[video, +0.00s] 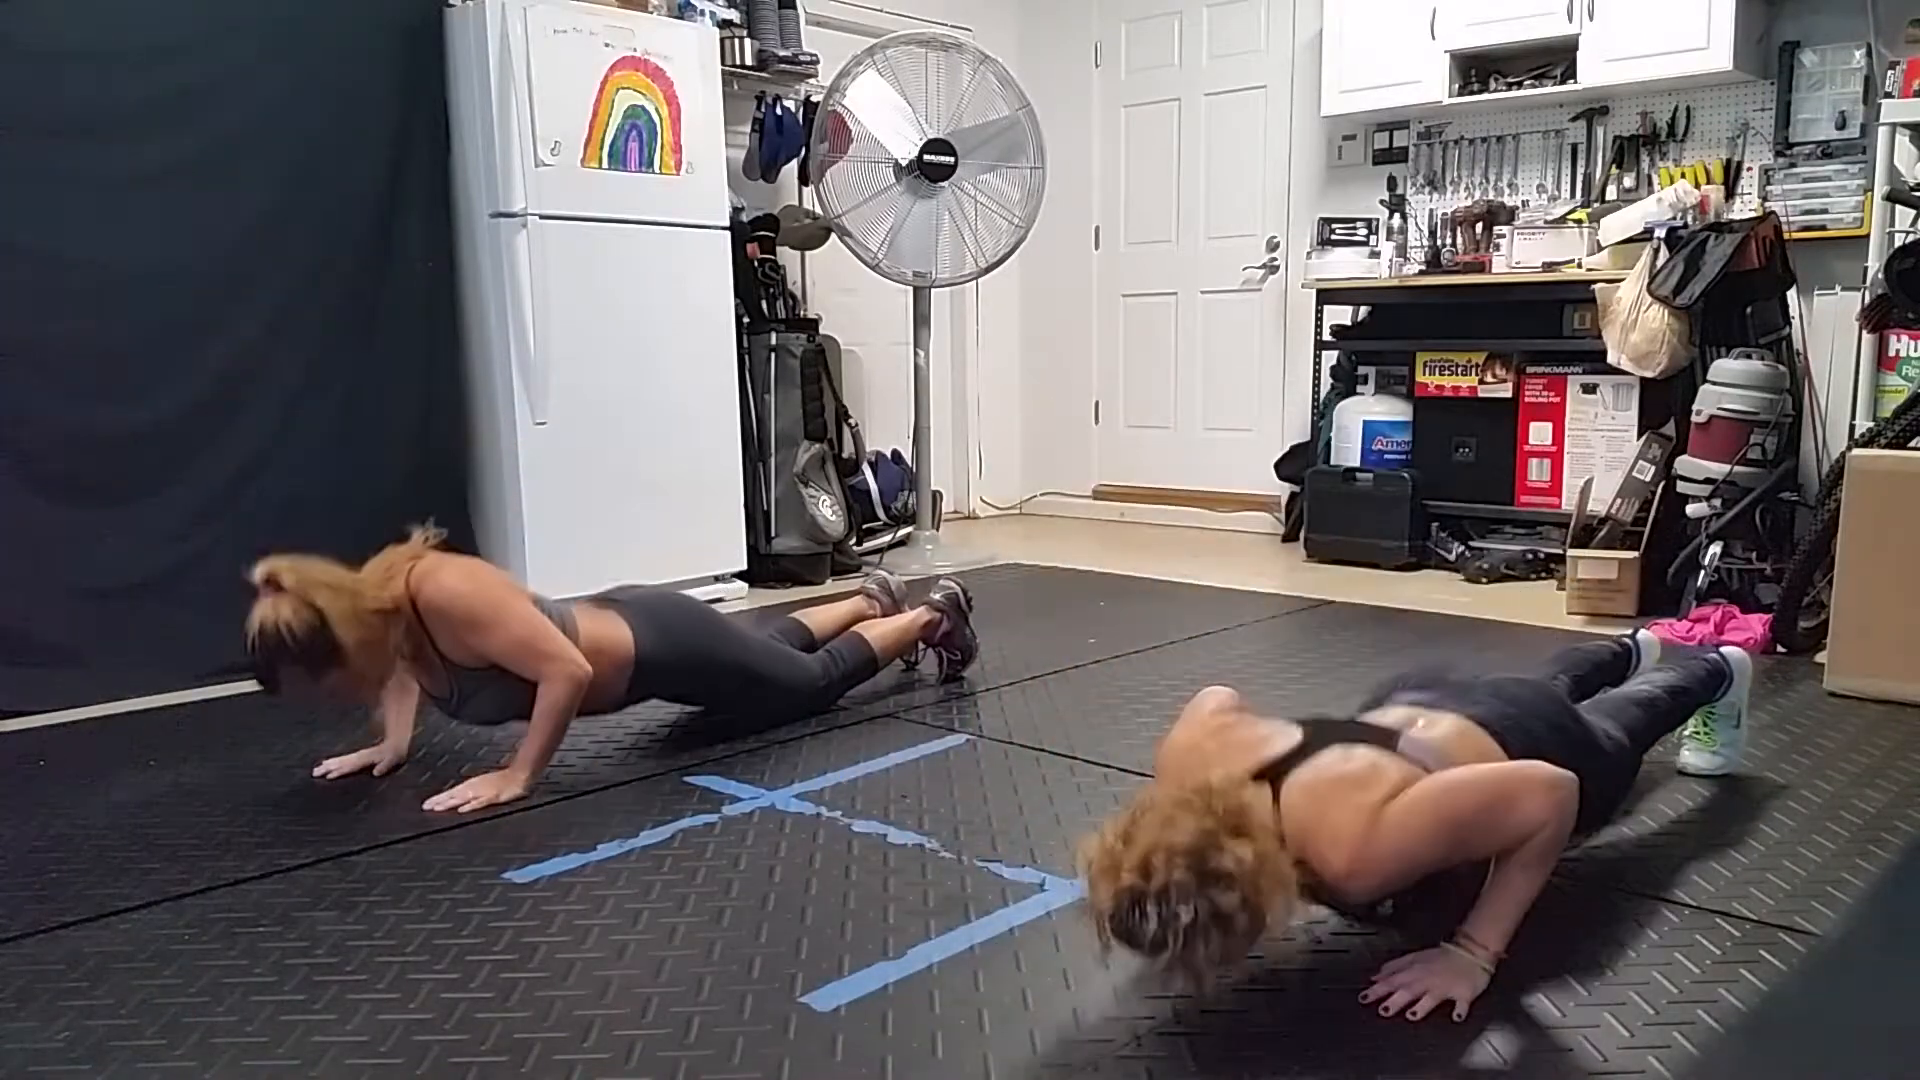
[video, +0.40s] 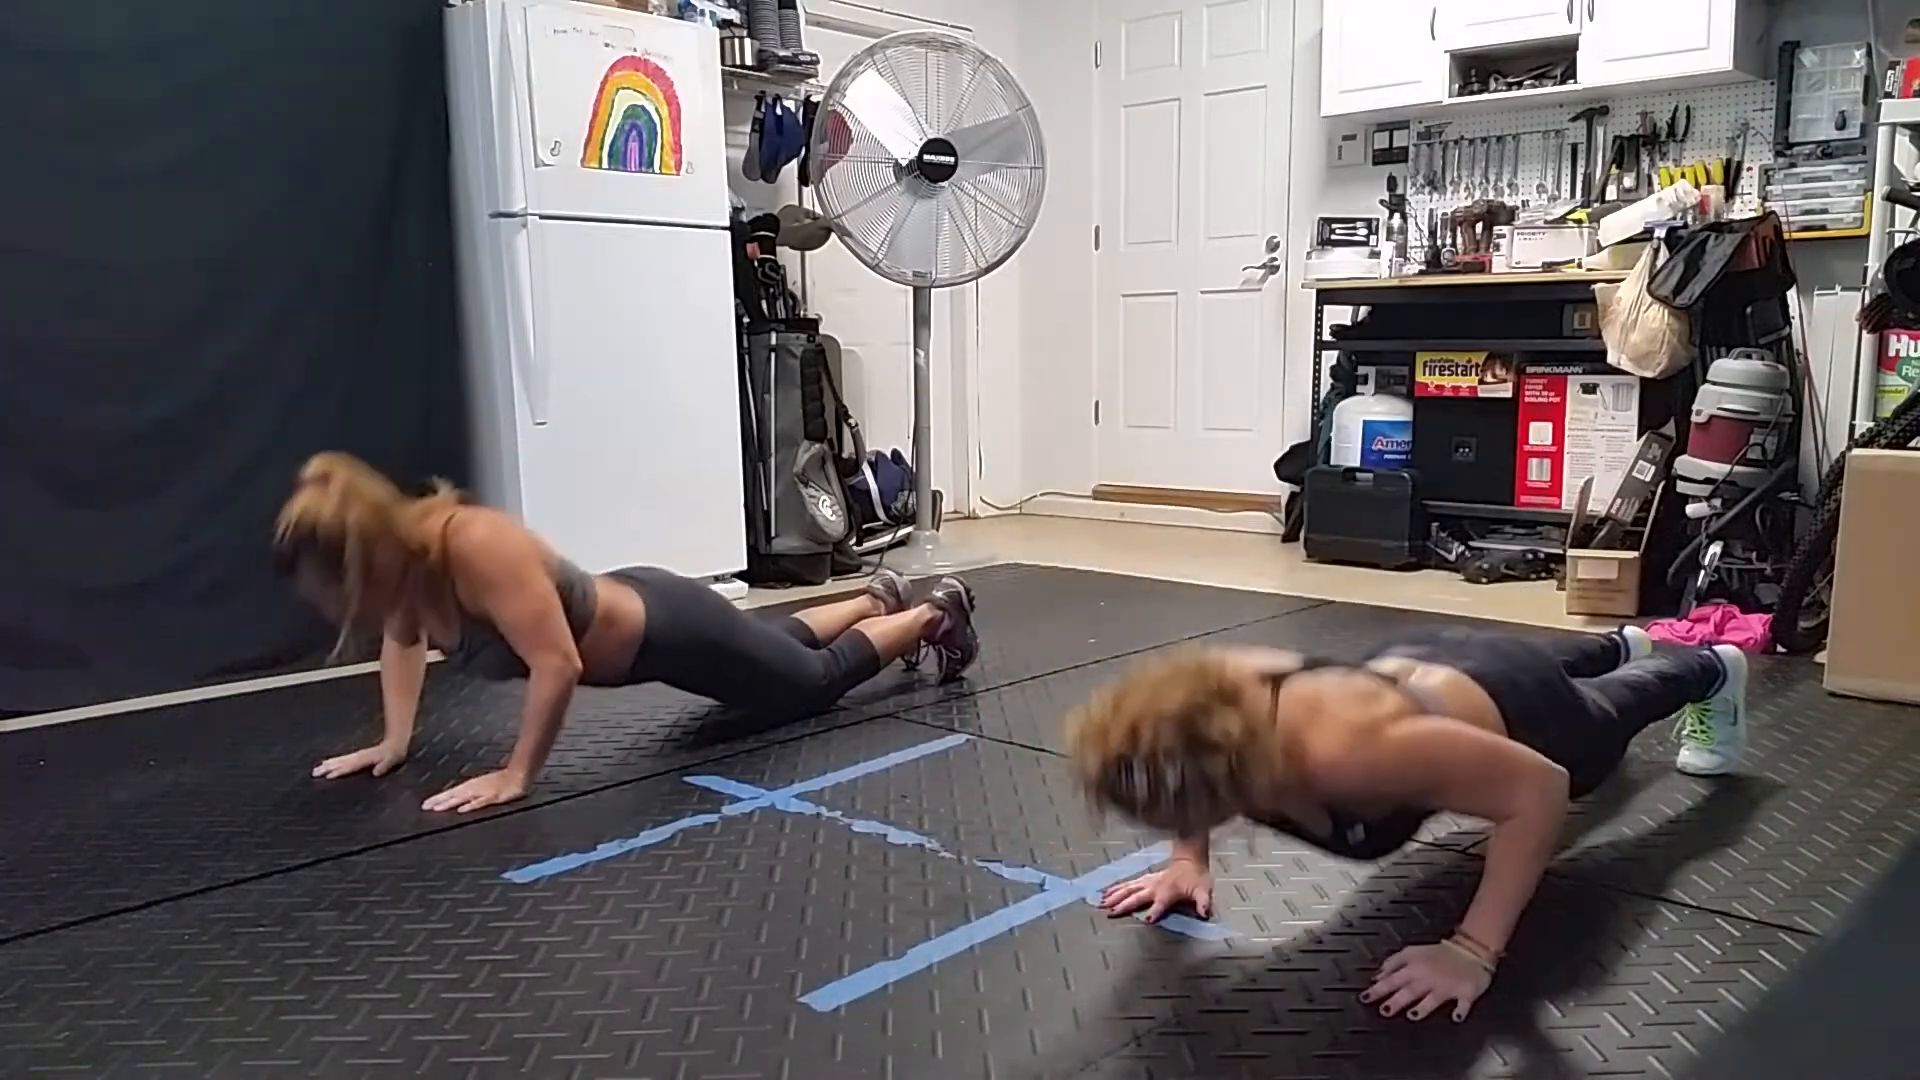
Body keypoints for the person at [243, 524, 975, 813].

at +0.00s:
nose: (330, 697)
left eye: (322, 684)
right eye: (315, 692)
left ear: (337, 645)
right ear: (334, 635)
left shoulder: (447, 593)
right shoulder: (386, 607)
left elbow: (564, 670)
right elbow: (399, 673)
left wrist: (515, 775)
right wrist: (389, 742)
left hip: (666, 646)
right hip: (631, 625)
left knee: (819, 677)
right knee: (764, 640)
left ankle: (927, 618)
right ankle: (869, 595)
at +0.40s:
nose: (338, 611)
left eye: (333, 592)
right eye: (325, 599)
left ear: (361, 554)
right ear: (356, 550)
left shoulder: (478, 543)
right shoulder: (406, 555)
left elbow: (555, 666)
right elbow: (402, 644)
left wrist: (516, 775)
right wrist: (392, 743)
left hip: (673, 629)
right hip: (640, 608)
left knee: (818, 677)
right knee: (772, 639)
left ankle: (933, 616)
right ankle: (874, 598)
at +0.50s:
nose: (342, 549)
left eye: (346, 531)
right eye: (334, 534)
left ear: (387, 505)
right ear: (377, 507)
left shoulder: (504, 520)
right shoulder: (415, 536)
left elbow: (547, 657)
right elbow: (408, 639)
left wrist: (517, 774)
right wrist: (394, 742)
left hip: (683, 624)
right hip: (643, 606)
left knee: (819, 678)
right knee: (768, 634)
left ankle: (932, 618)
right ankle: (874, 595)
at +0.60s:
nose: (375, 507)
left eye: (378, 491)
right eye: (367, 494)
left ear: (426, 466)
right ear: (415, 466)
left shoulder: (523, 510)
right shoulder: (438, 510)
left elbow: (541, 658)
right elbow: (412, 619)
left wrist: (519, 772)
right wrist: (387, 731)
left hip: (695, 618)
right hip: (663, 599)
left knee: (826, 671)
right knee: (775, 645)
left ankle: (934, 619)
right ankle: (874, 595)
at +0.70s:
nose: (397, 475)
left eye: (405, 459)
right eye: (389, 461)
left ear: (457, 439)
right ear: (433, 440)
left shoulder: (528, 512)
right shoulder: (457, 485)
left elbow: (540, 654)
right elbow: (392, 580)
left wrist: (518, 772)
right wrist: (332, 681)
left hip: (706, 608)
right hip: (667, 578)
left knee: (832, 677)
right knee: (771, 641)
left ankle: (932, 622)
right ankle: (868, 600)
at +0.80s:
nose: (404, 451)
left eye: (417, 435)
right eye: (402, 435)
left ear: (477, 428)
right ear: (445, 423)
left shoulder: (534, 513)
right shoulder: (458, 461)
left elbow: (538, 651)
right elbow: (338, 510)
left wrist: (520, 772)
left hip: (714, 607)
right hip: (679, 563)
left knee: (833, 676)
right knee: (785, 615)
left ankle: (936, 623)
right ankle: (881, 595)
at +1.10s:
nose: (414, 424)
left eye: (432, 412)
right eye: (414, 407)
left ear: (495, 413)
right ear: (443, 408)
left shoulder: (541, 508)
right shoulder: (460, 439)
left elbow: (536, 651)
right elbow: (325, 385)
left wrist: (517, 772)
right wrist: (201, 319)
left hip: (706, 601)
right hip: (679, 569)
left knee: (833, 680)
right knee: (784, 634)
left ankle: (933, 619)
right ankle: (878, 599)